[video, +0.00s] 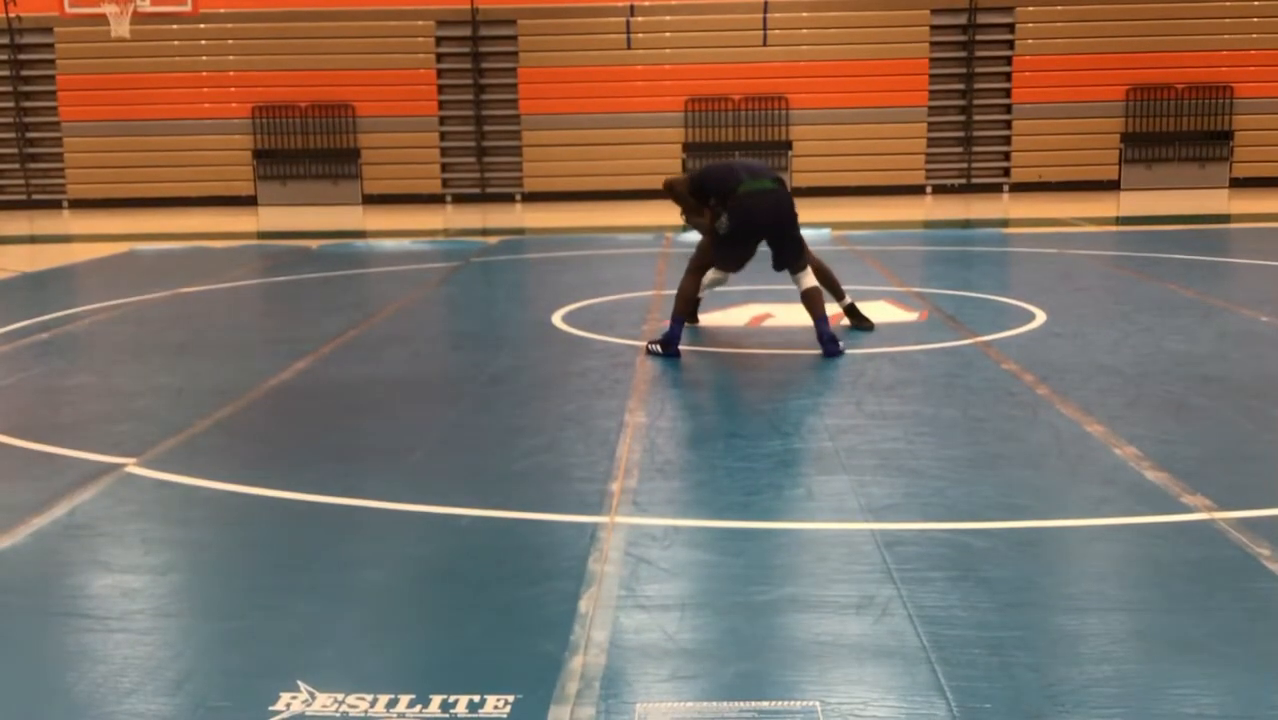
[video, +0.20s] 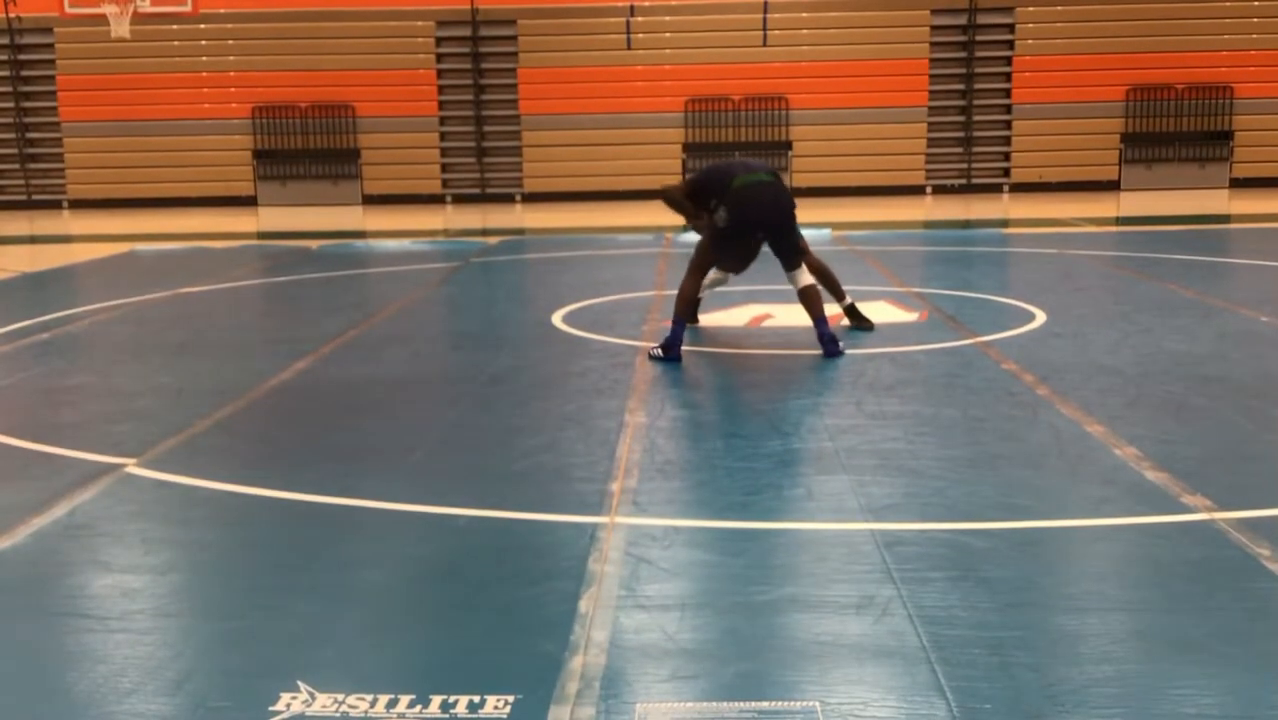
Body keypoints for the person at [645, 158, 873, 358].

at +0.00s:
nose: (688, 218)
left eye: (690, 216)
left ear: (690, 195)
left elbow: (670, 182)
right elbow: (811, 261)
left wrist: (695, 210)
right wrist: (848, 306)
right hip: (777, 198)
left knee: (695, 270)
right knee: (802, 272)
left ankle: (671, 339)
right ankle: (825, 335)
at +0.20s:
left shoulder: (704, 183)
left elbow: (669, 194)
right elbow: (810, 261)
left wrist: (695, 217)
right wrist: (848, 307)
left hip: (739, 202)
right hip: (777, 197)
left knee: (695, 273)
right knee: (799, 274)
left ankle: (673, 343)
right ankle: (825, 337)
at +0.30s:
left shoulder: (703, 184)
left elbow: (663, 210)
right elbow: (752, 268)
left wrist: (702, 232)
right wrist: (725, 248)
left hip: (730, 204)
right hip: (772, 200)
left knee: (689, 271)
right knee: (799, 270)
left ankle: (672, 342)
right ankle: (826, 335)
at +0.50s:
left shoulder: (702, 183)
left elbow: (678, 218)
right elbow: (766, 262)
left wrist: (712, 236)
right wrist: (730, 248)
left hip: (732, 205)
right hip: (773, 200)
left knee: (690, 272)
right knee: (802, 270)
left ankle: (672, 343)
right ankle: (829, 336)